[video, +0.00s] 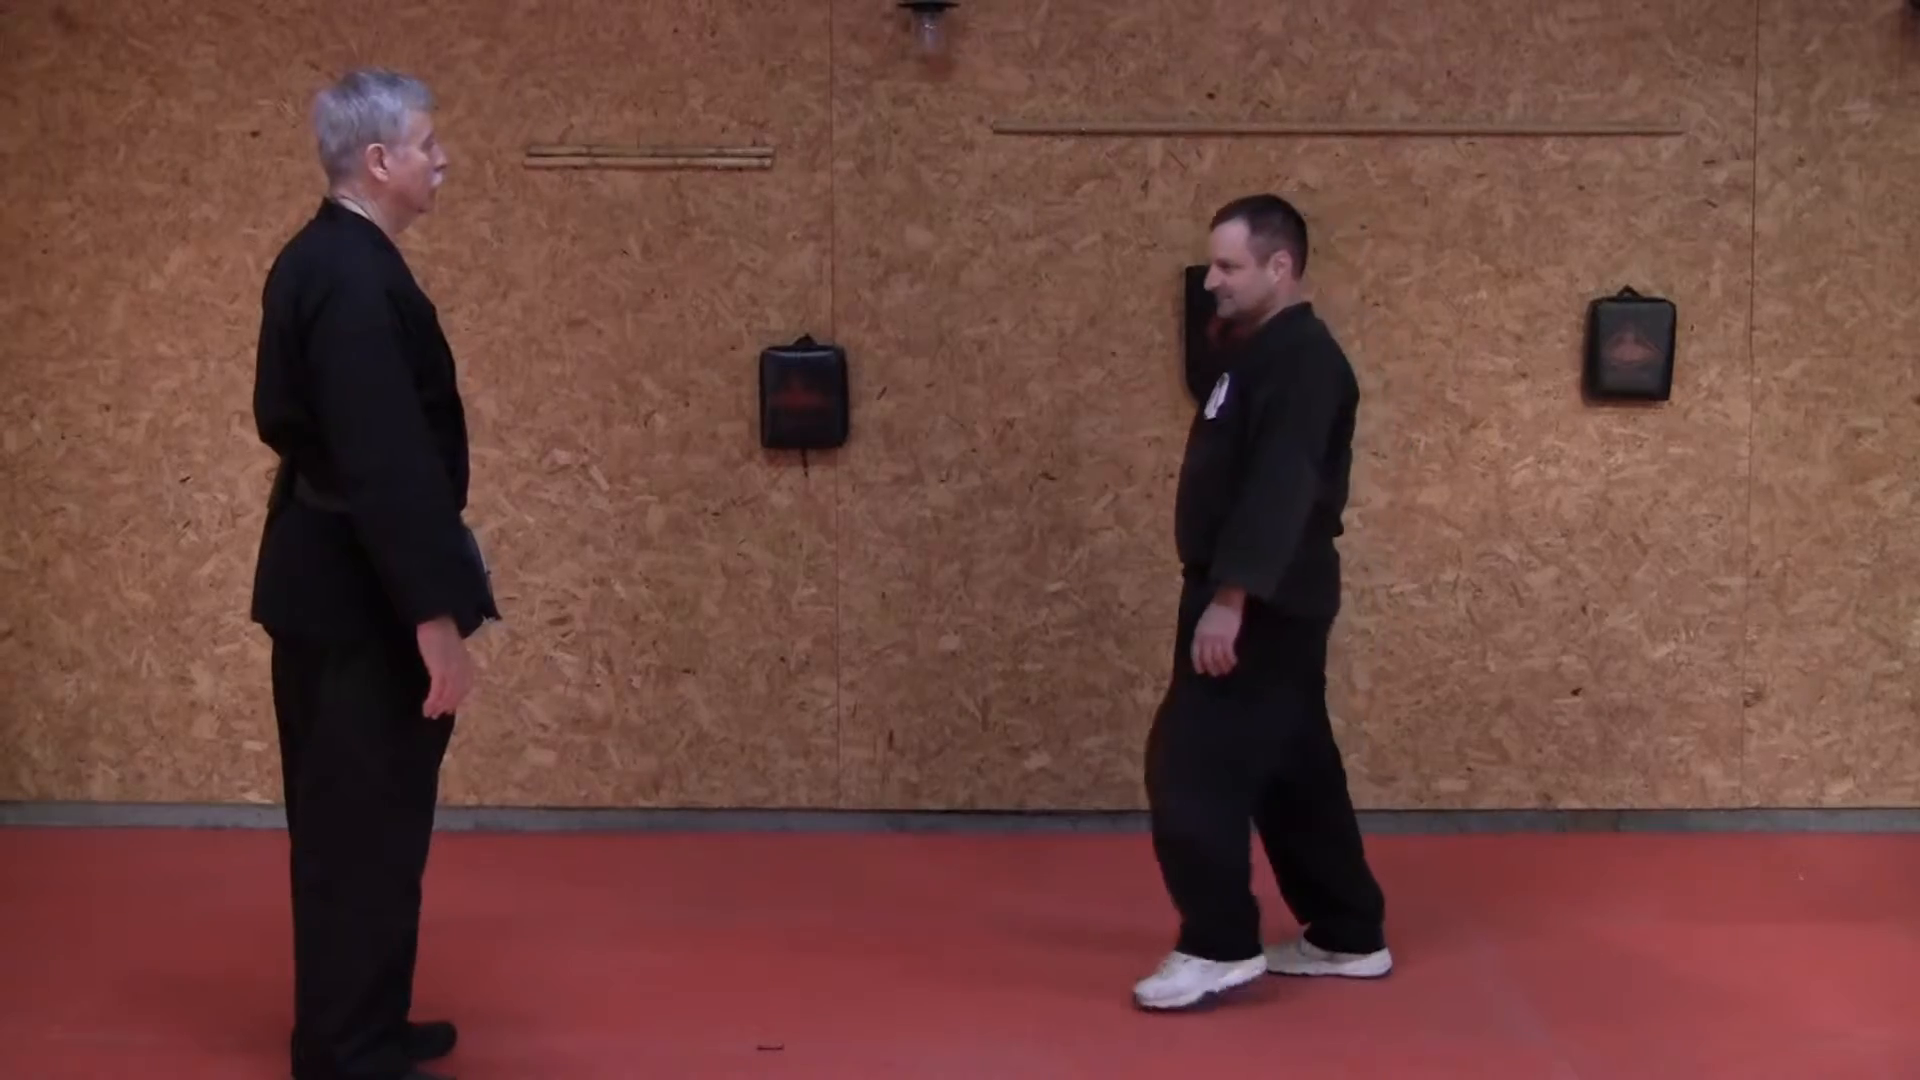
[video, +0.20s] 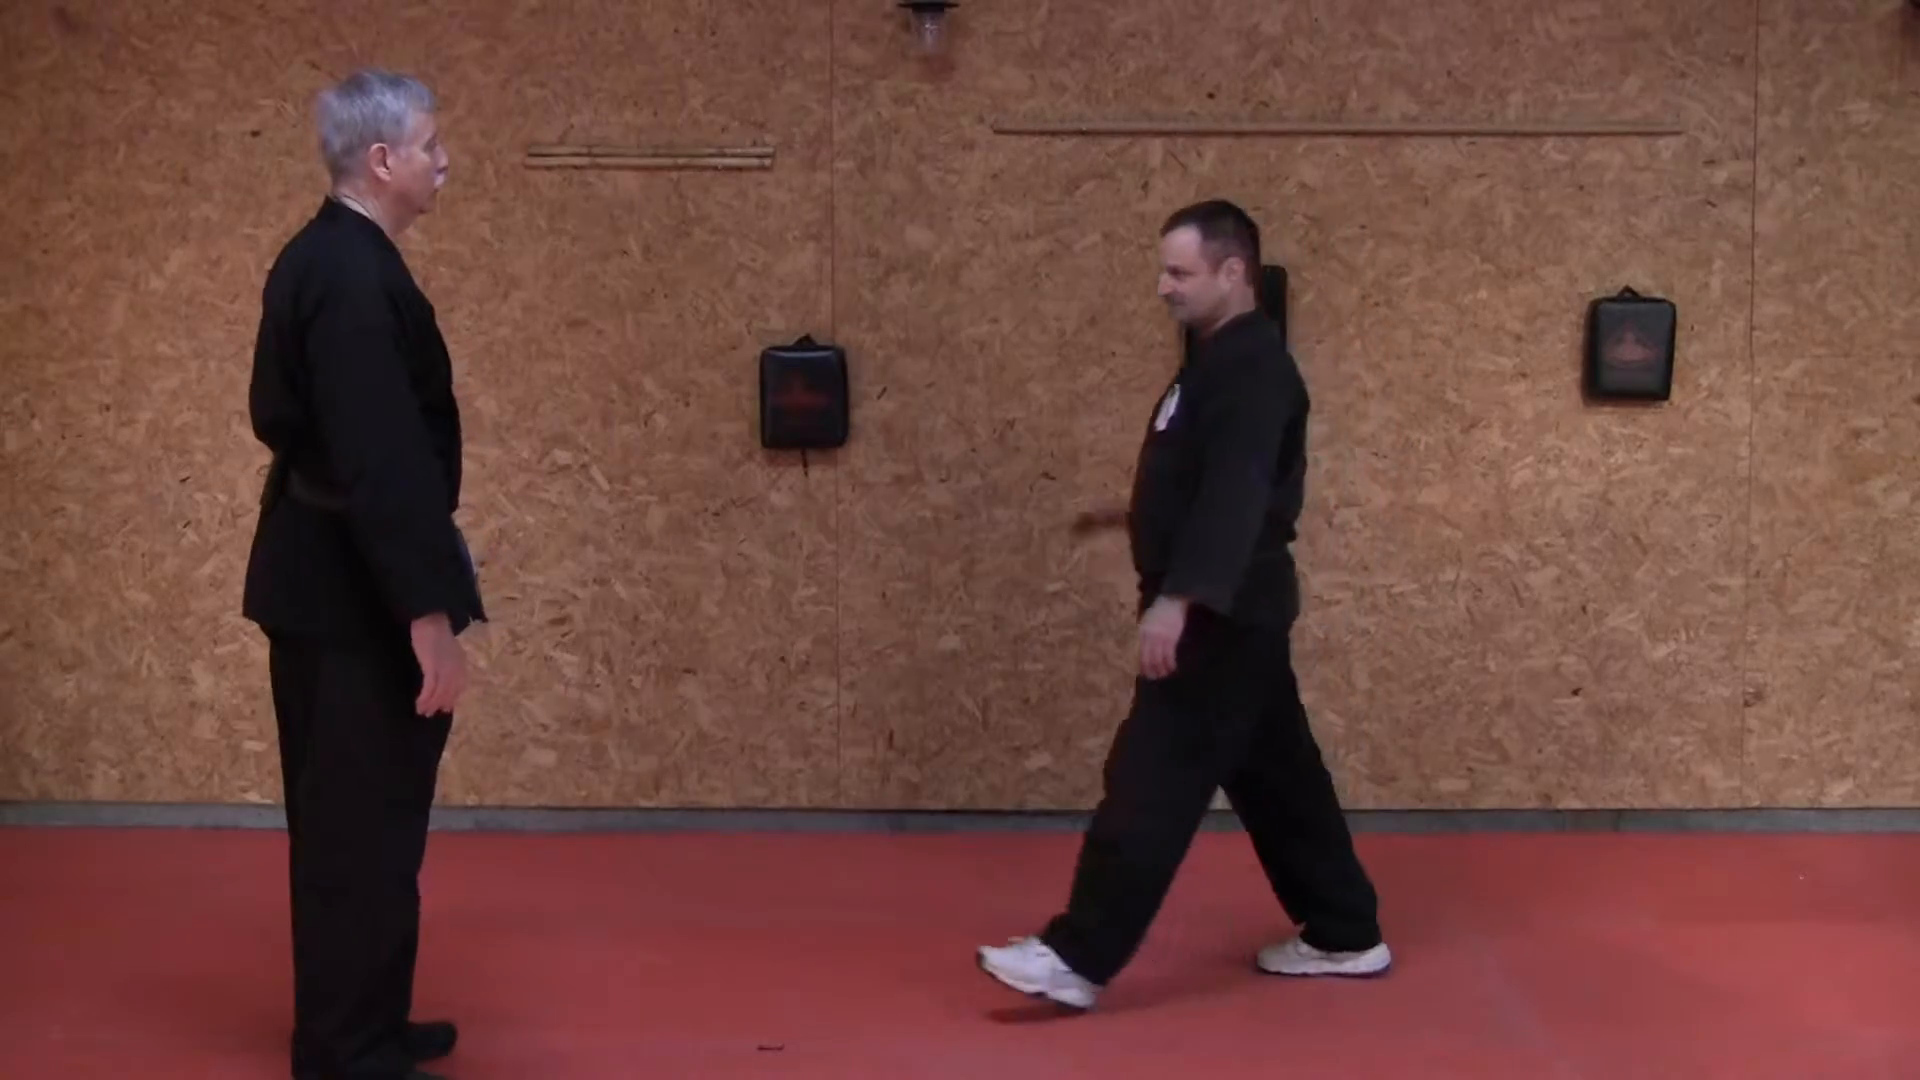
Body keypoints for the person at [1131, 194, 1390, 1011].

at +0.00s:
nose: (1213, 284)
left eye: (1226, 269)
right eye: (1212, 270)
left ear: (1278, 266)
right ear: (1270, 269)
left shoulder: (1302, 354)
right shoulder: (1263, 349)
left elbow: (1281, 489)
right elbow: (1205, 383)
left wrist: (1230, 596)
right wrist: (1206, 307)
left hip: (1261, 602)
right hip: (1263, 600)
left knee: (1189, 764)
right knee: (1294, 765)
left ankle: (1220, 945)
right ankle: (1349, 935)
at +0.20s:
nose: (1166, 289)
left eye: (1180, 274)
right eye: (1163, 273)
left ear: (1234, 272)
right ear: (1219, 274)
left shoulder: (1253, 362)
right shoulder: (1215, 355)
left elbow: (1234, 496)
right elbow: (1201, 479)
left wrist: (1178, 598)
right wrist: (1135, 513)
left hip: (1222, 608)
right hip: (1216, 605)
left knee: (1148, 782)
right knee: (1278, 774)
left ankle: (1080, 957)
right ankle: (1346, 935)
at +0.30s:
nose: (1129, 293)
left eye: (1143, 278)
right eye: (1128, 279)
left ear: (1198, 277)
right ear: (1189, 281)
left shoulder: (1217, 358)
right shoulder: (1188, 356)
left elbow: (1203, 491)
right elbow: (1164, 472)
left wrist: (1145, 600)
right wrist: (1090, 460)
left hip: (1190, 613)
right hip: (1195, 610)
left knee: (1111, 788)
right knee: (1264, 776)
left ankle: (1042, 961)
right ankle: (1341, 931)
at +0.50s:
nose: (1033, 286)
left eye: (1049, 272)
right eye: (1033, 271)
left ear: (1106, 277)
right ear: (1079, 277)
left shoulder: (1129, 381)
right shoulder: (1061, 367)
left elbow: (1126, 510)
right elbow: (1011, 412)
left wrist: (1083, 612)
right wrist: (949, 382)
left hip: (1090, 630)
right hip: (1046, 622)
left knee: (1018, 793)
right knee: (1130, 770)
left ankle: (1019, 976)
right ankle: (1273, 884)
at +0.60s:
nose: (981, 281)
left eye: (999, 268)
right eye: (980, 267)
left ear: (1057, 273)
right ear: (1004, 274)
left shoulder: (1092, 385)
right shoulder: (984, 371)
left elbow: (1100, 515)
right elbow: (920, 416)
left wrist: (1068, 623)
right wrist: (873, 371)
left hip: (1040, 629)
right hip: (981, 623)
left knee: (996, 802)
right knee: (1007, 789)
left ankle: (1016, 981)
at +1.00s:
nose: (731, 323)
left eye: (754, 309)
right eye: (723, 305)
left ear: (798, 316)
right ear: (709, 305)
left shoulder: (837, 414)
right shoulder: (648, 399)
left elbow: (921, 502)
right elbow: (521, 393)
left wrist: (988, 600)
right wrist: (419, 353)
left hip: (812, 680)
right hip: (688, 680)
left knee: (901, 834)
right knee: (607, 845)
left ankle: (972, 970)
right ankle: (548, 1025)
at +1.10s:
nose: (672, 338)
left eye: (694, 323)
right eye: (659, 319)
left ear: (729, 326)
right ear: (639, 320)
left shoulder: (783, 419)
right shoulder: (585, 424)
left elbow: (851, 506)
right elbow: (461, 444)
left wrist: (913, 591)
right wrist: (338, 429)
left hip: (765, 681)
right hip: (638, 689)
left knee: (861, 844)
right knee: (576, 863)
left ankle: (874, 986)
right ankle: (531, 1034)